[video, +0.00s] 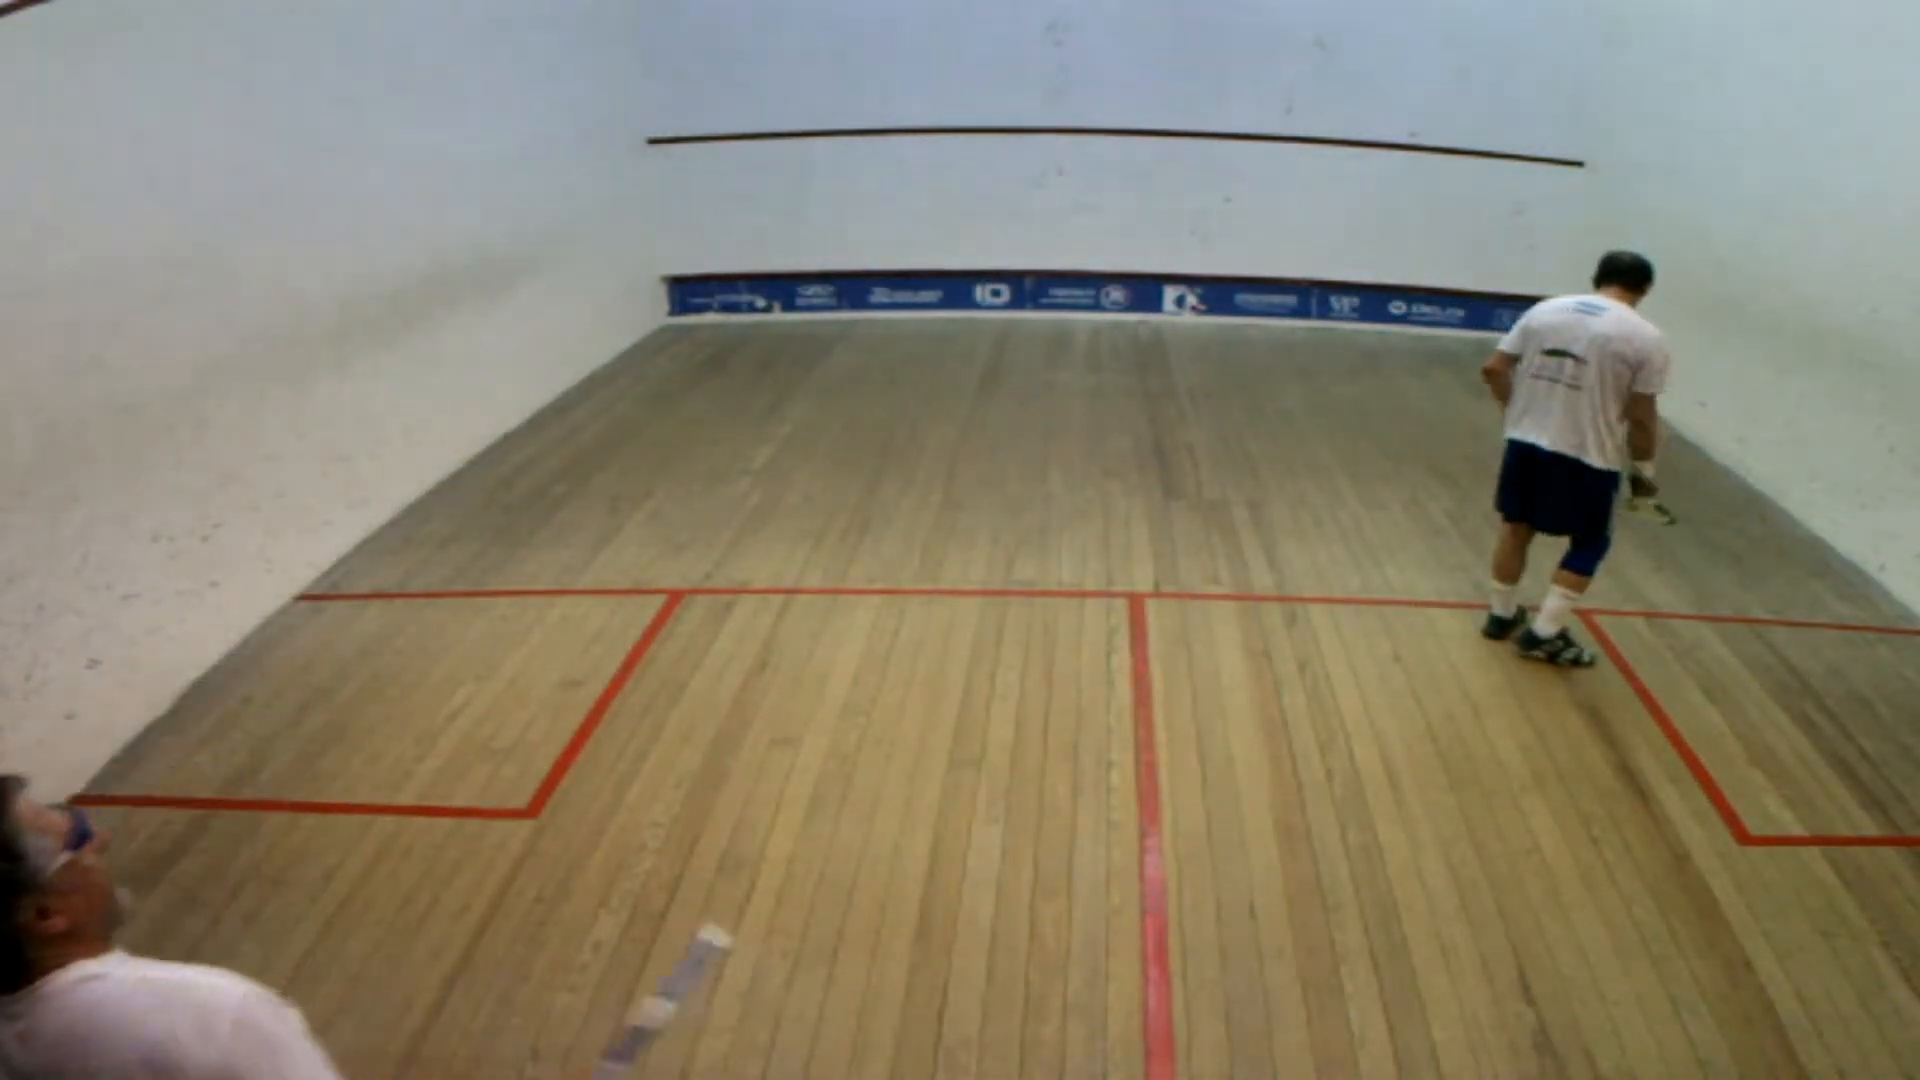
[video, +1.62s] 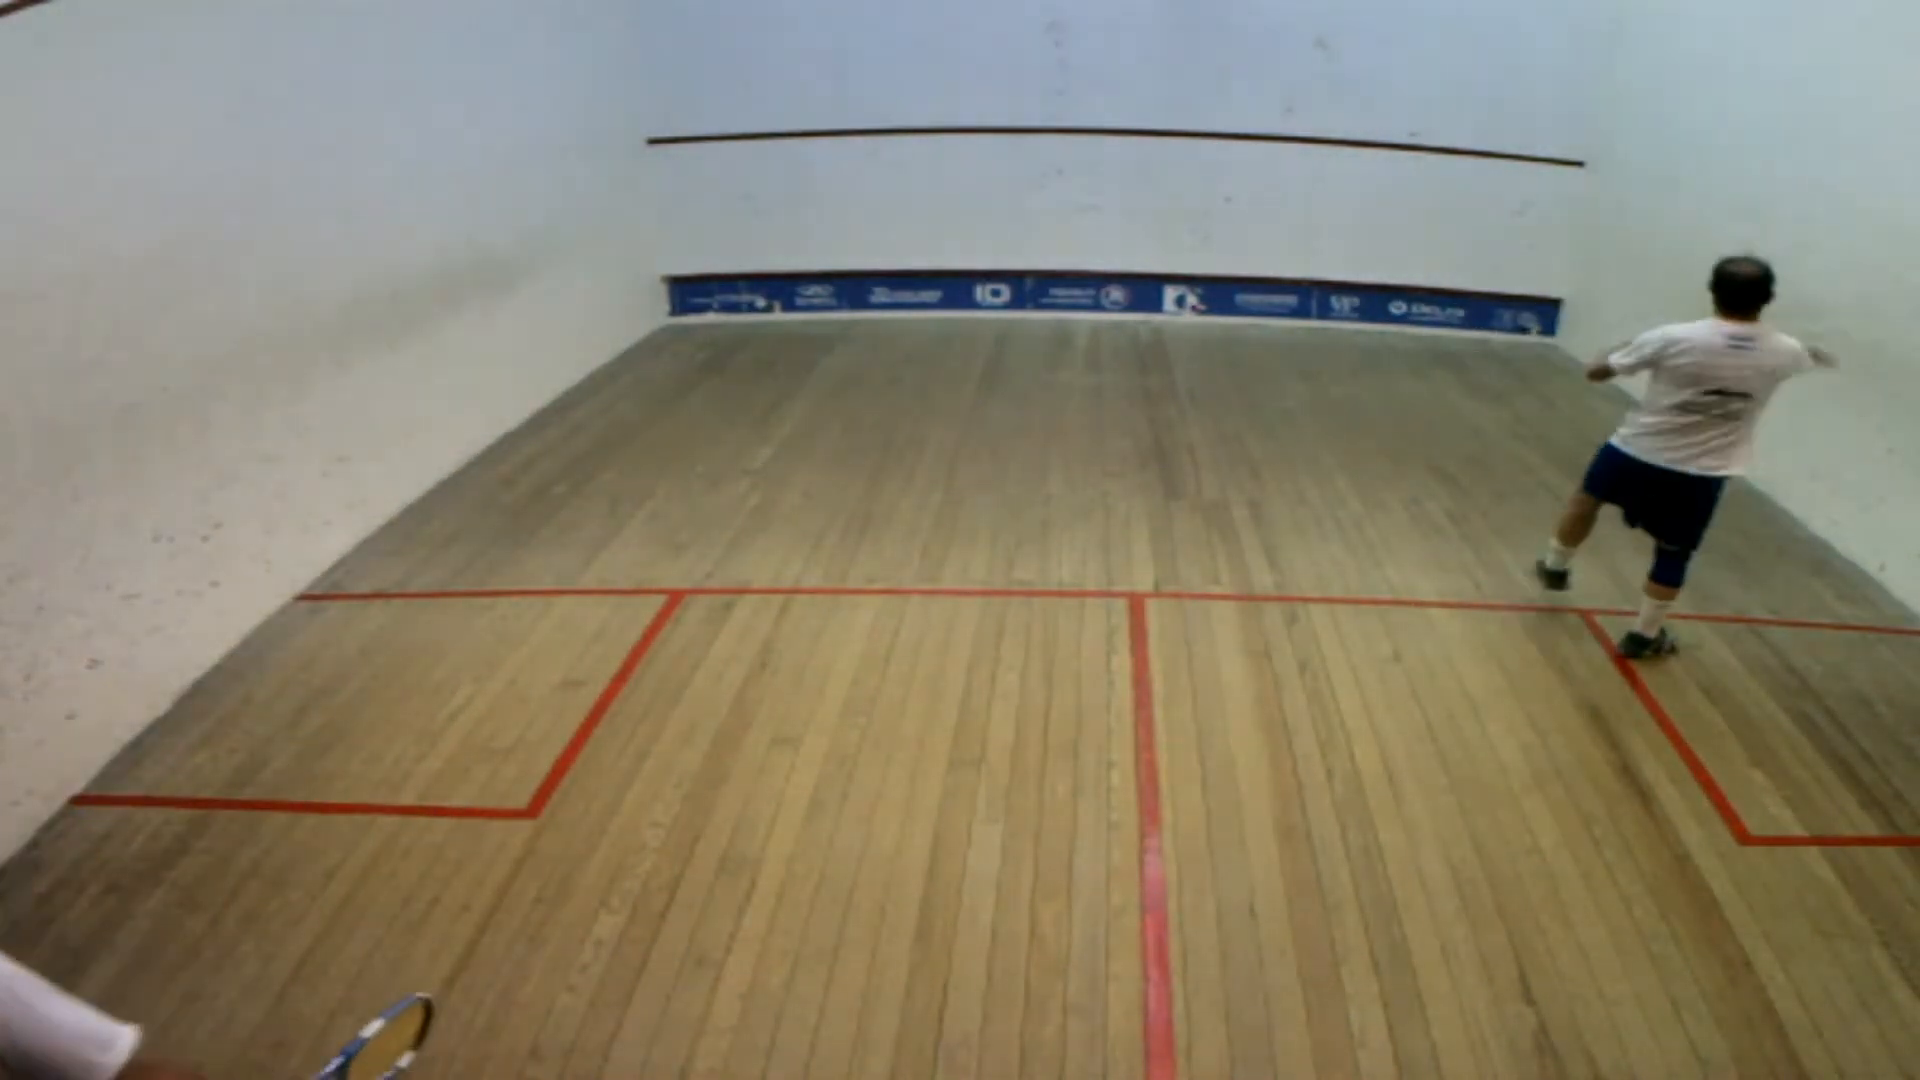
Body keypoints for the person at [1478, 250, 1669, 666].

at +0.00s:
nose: (1640, 299)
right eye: (1644, 294)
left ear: (1597, 280)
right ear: (1640, 290)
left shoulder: (1547, 310)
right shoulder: (1644, 337)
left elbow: (1495, 368)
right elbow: (1641, 416)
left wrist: (1520, 413)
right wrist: (1643, 470)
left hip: (1526, 445)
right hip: (1589, 460)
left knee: (1516, 528)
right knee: (1590, 542)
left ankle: (1500, 613)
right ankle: (1545, 630)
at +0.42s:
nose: (1662, 294)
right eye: (1662, 288)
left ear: (1612, 278)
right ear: (1658, 290)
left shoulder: (1568, 314)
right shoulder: (1649, 335)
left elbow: (1534, 375)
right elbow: (1650, 410)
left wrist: (1585, 382)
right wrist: (1696, 436)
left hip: (1542, 450)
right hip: (1608, 463)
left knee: (1524, 528)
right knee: (1629, 542)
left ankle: (1501, 613)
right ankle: (1618, 632)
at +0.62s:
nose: (1707, 302)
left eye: (1706, 294)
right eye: (1707, 295)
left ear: (1655, 286)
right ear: (1700, 300)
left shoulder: (1614, 322)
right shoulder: (1684, 343)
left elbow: (1612, 386)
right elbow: (1685, 416)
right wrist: (1757, 419)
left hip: (1577, 451)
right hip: (1640, 470)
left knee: (1543, 535)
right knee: (1646, 555)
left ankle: (1502, 614)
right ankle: (1640, 637)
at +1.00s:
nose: (1759, 311)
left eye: (1758, 303)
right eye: (1760, 304)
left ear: (1712, 292)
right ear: (1751, 309)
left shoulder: (1672, 324)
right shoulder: (1725, 356)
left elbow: (1672, 391)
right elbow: (1739, 428)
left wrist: (1739, 398)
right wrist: (1807, 408)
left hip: (1614, 450)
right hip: (1672, 477)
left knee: (1572, 526)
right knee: (1663, 558)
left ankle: (1512, 603)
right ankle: (1640, 636)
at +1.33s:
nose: (1791, 323)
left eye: (1789, 313)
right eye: (1791, 316)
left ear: (1741, 300)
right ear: (1780, 320)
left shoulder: (1700, 324)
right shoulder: (1746, 369)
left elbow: (1668, 343)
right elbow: (1798, 432)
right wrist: (1862, 399)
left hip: (1623, 449)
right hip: (1677, 484)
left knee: (1579, 524)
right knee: (1672, 559)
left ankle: (1516, 598)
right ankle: (1640, 636)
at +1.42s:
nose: (1793, 331)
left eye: (1795, 323)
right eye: (1793, 323)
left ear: (1743, 307)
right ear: (1779, 324)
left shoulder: (1698, 328)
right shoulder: (1756, 373)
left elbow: (1630, 338)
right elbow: (1825, 434)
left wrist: (1648, 351)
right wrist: (1886, 418)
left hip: (1623, 451)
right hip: (1679, 487)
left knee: (1574, 525)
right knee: (1685, 551)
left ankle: (1510, 595)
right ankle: (1641, 634)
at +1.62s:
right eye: (1766, 294)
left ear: (1714, 294)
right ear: (1766, 300)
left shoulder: (1678, 339)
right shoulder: (1780, 352)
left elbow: (1600, 370)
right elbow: (1808, 358)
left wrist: (1607, 364)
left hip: (1635, 455)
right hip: (1701, 479)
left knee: (1589, 495)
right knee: (1672, 557)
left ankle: (1555, 565)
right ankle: (1644, 633)